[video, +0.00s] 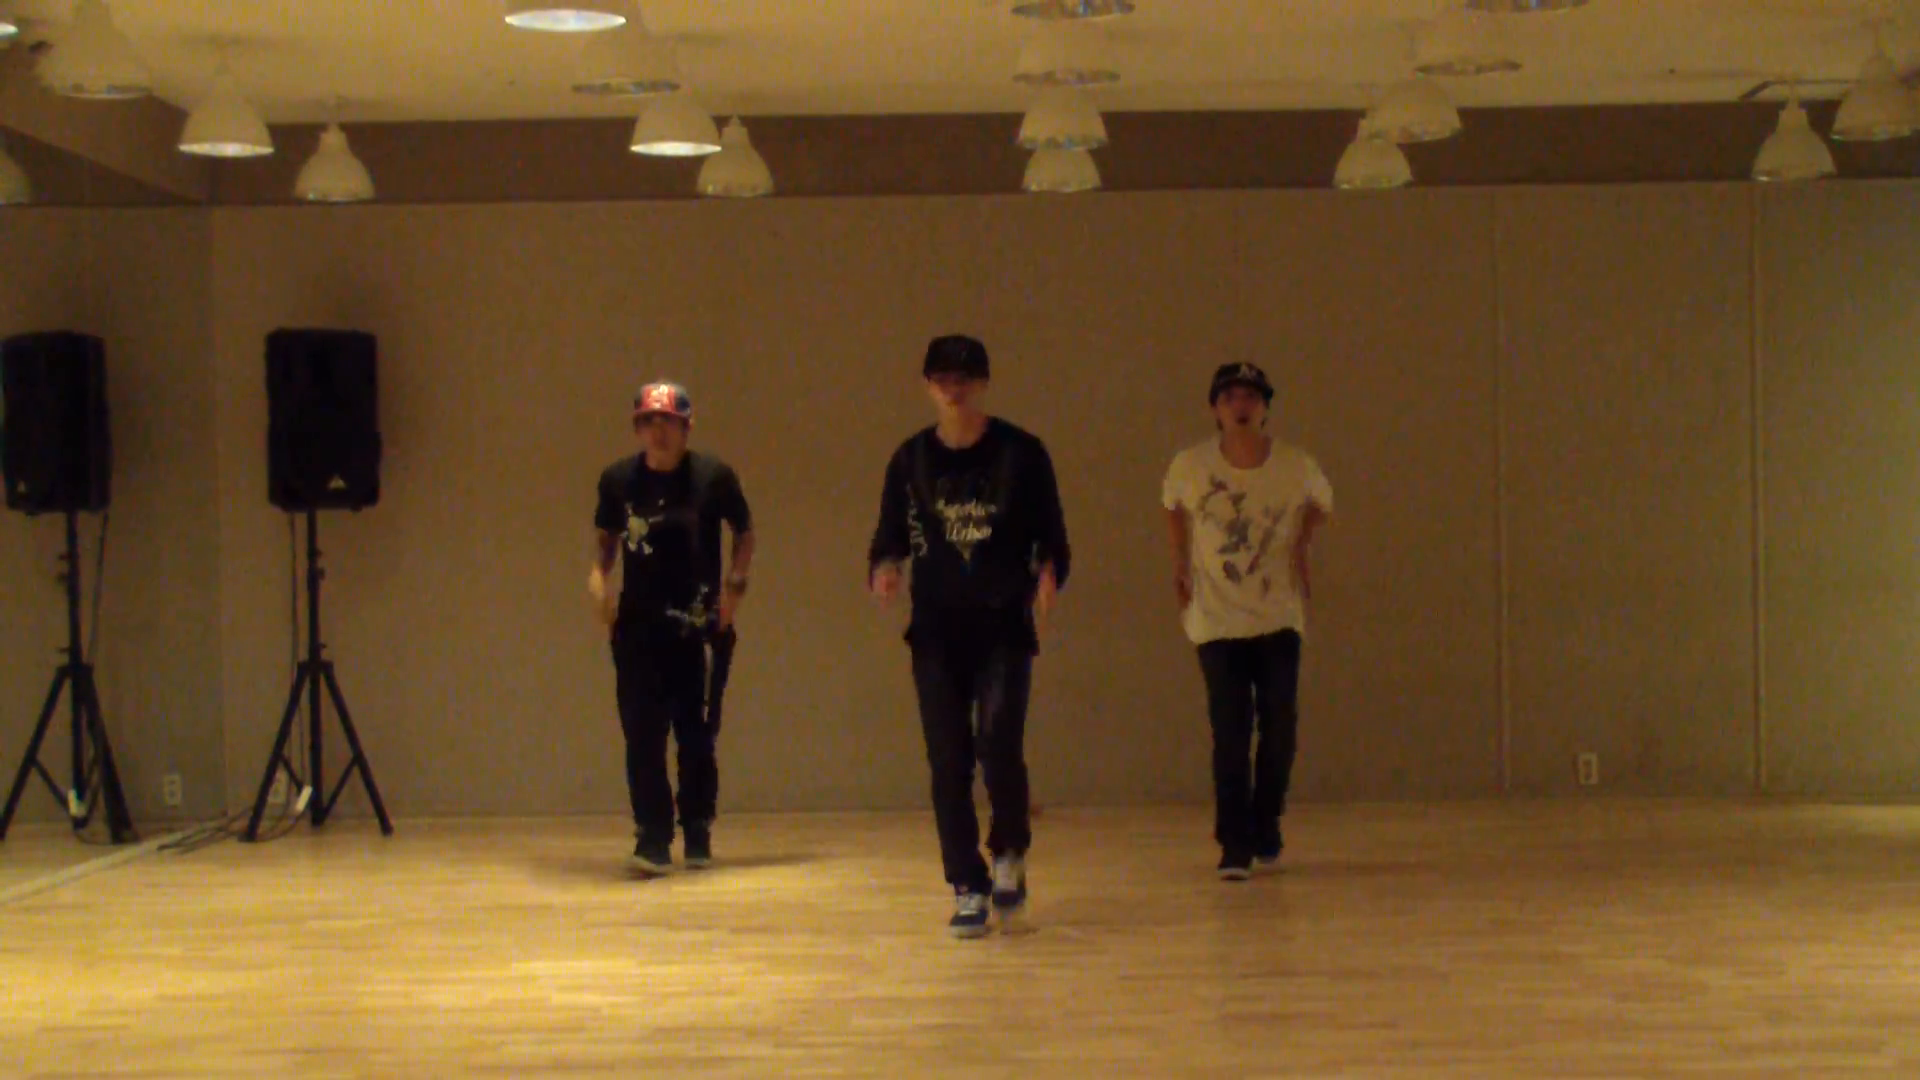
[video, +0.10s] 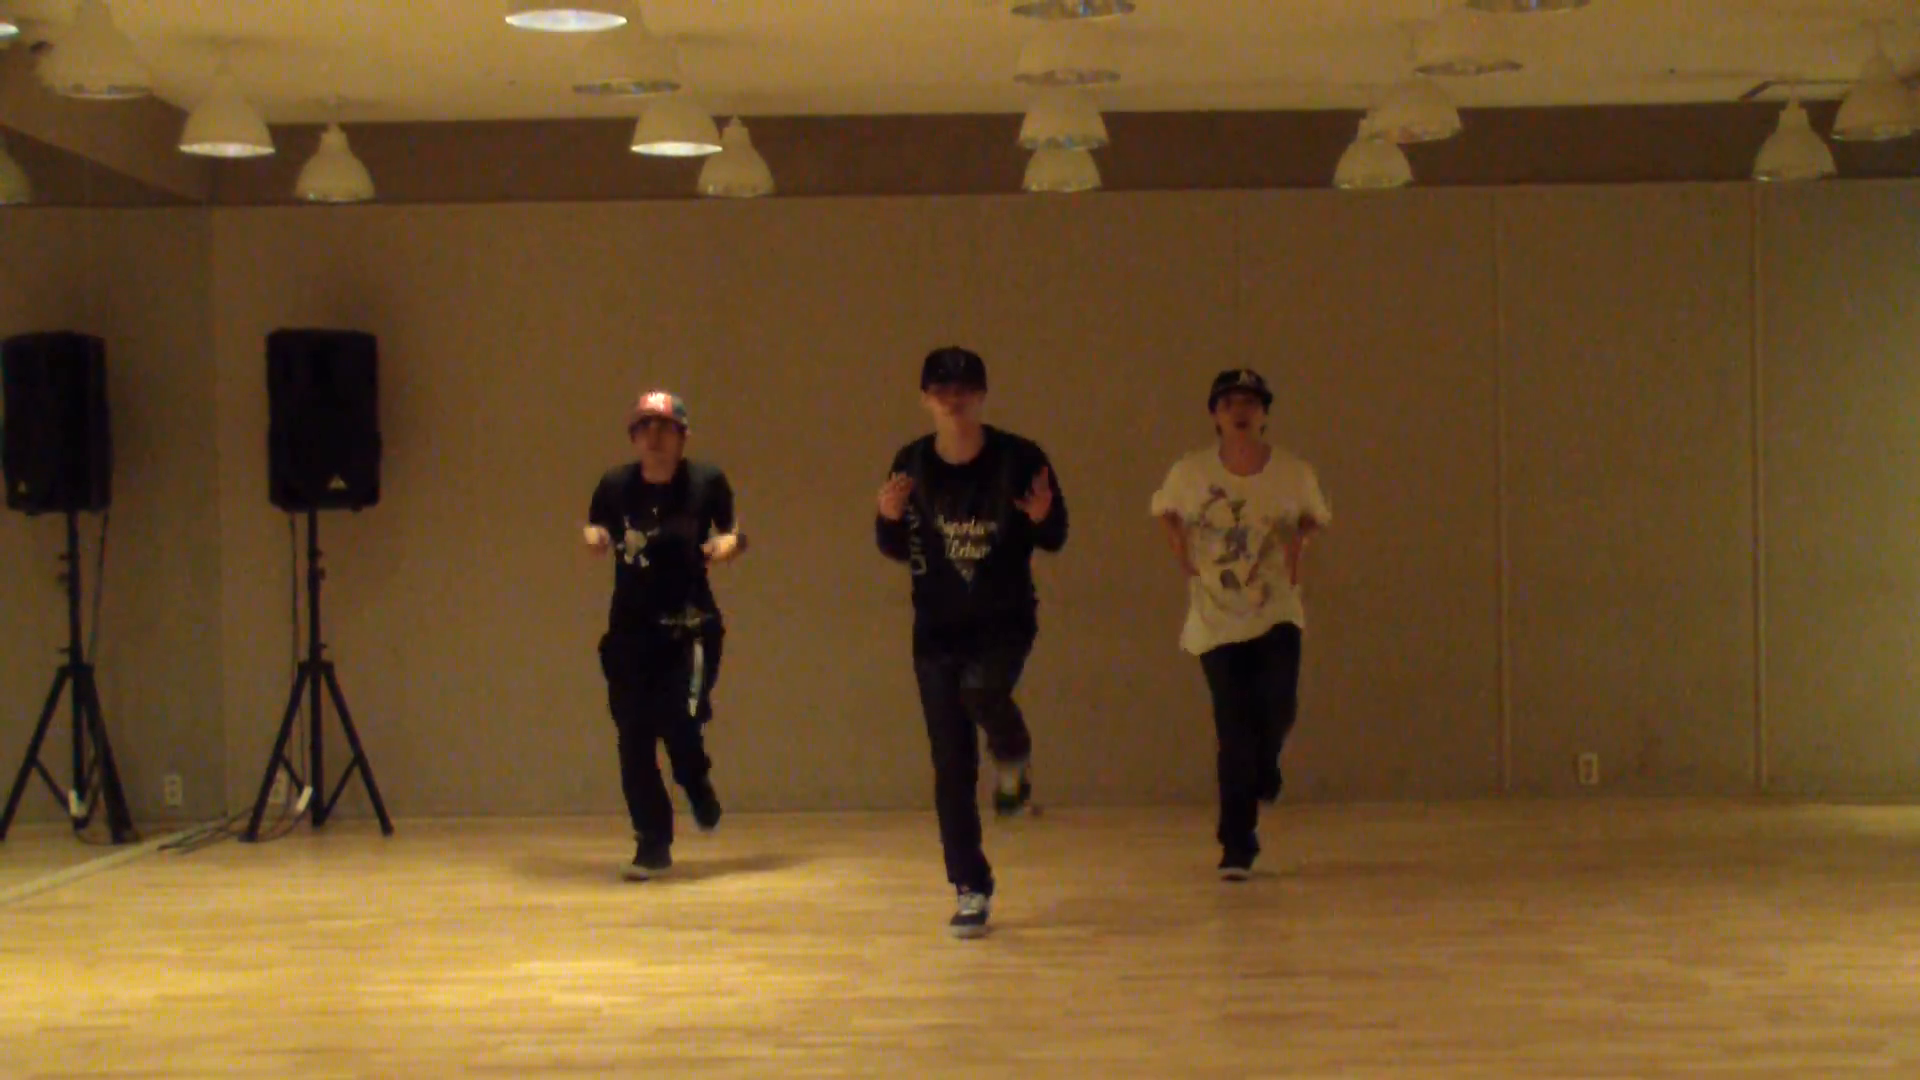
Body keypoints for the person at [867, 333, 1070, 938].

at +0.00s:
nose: (952, 391)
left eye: (963, 380)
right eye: (942, 381)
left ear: (983, 384)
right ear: (928, 386)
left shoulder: (1022, 453)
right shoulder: (911, 458)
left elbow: (1053, 535)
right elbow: (891, 533)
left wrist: (1049, 578)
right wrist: (886, 565)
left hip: (1006, 625)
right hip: (937, 628)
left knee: (998, 747)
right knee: (948, 760)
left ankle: (1009, 853)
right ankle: (967, 885)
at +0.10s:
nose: (953, 402)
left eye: (963, 391)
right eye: (942, 393)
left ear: (982, 395)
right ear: (926, 399)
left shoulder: (1019, 459)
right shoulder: (911, 464)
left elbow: (1054, 541)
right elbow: (897, 551)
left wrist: (1044, 516)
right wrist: (889, 516)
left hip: (1005, 616)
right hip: (939, 623)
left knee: (983, 691)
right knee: (952, 760)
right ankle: (969, 884)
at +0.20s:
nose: (956, 400)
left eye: (966, 388)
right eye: (944, 390)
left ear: (984, 394)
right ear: (928, 397)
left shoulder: (1019, 453)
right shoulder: (913, 463)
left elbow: (1060, 541)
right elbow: (889, 558)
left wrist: (1042, 498)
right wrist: (894, 501)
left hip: (1005, 617)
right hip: (939, 625)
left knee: (976, 677)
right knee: (950, 764)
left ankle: (1001, 755)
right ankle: (970, 887)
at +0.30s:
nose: (961, 416)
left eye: (970, 403)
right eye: (949, 404)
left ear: (987, 404)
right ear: (931, 406)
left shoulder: (1014, 461)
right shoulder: (918, 470)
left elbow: (1045, 512)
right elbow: (895, 519)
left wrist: (1049, 491)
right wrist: (881, 489)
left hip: (1002, 627)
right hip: (937, 630)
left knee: (980, 730)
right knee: (951, 751)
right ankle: (966, 874)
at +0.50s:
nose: (965, 439)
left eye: (975, 427)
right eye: (954, 427)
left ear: (992, 430)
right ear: (935, 429)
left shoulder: (1016, 490)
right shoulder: (909, 495)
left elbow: (1068, 502)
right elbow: (854, 504)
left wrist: (1122, 493)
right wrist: (799, 501)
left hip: (1000, 658)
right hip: (933, 661)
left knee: (973, 755)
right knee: (952, 777)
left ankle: (952, 878)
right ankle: (977, 892)